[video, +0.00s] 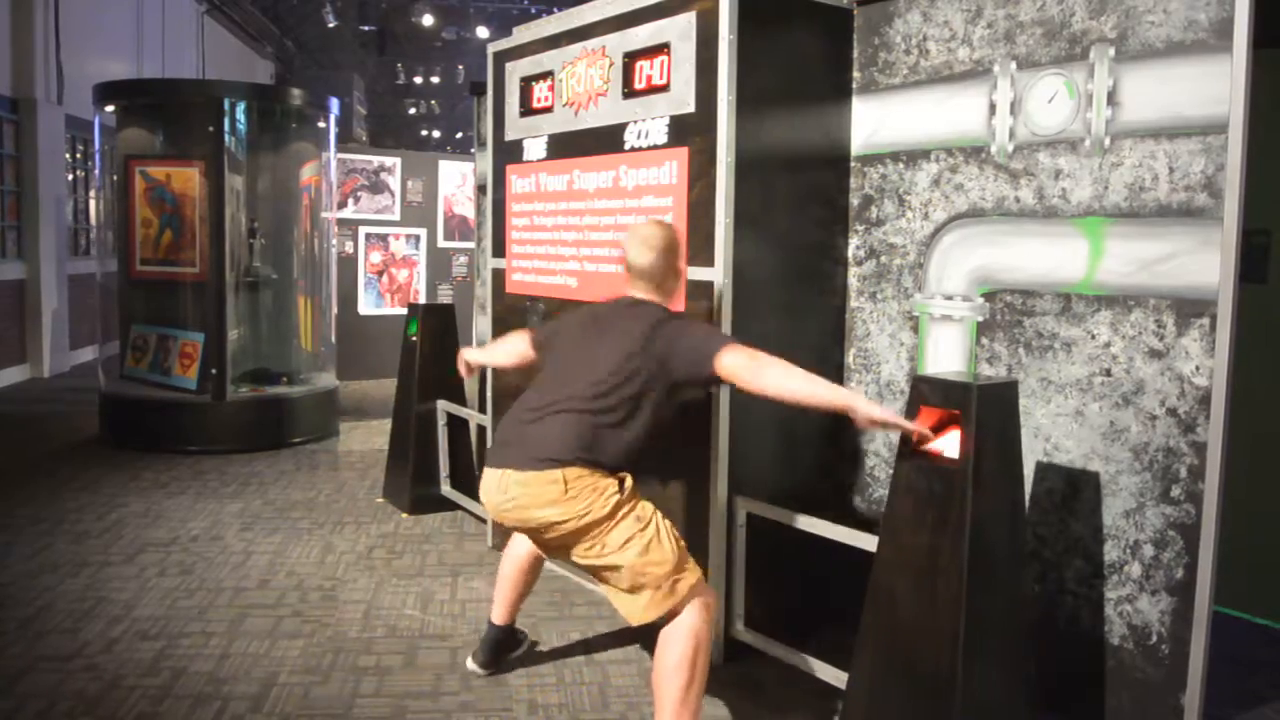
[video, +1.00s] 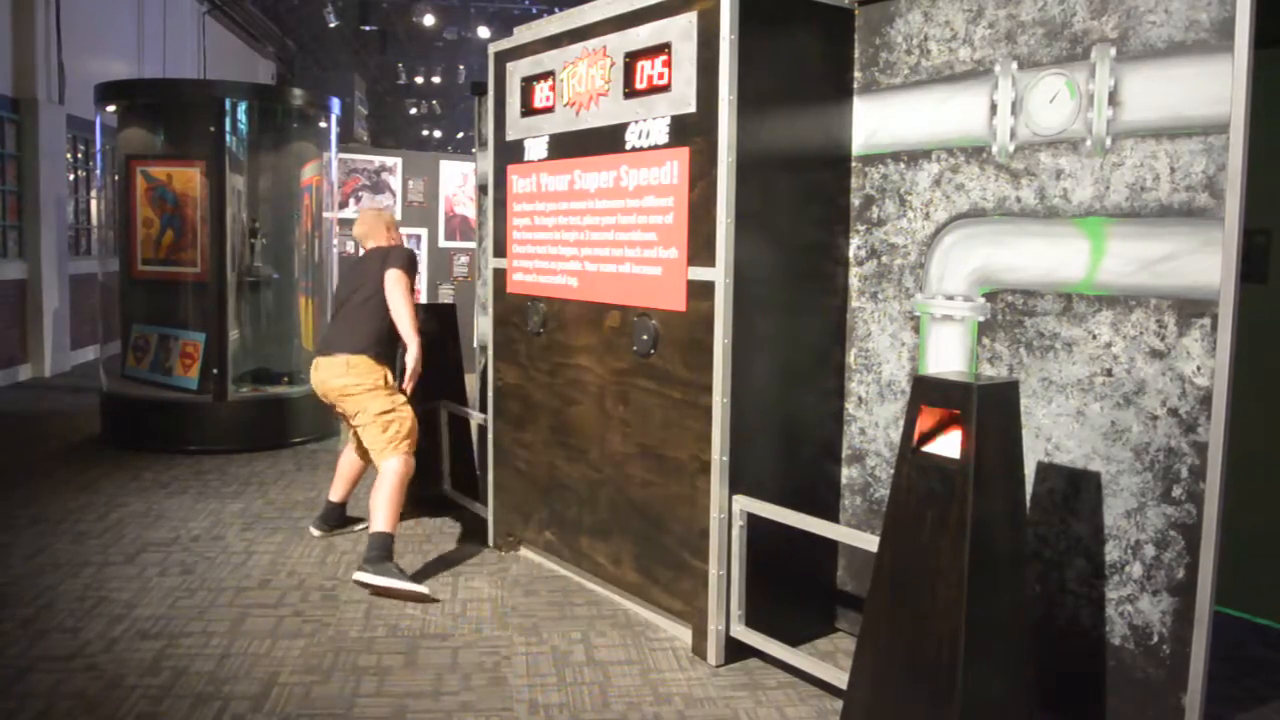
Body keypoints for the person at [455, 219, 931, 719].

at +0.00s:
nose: (681, 267)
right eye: (682, 262)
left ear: (623, 270)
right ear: (680, 272)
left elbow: (515, 348)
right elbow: (752, 369)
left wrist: (475, 356)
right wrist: (854, 403)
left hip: (500, 482)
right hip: (568, 488)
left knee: (537, 527)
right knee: (690, 603)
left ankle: (495, 639)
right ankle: (676, 714)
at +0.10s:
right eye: (601, 231)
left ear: (555, 239)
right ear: (604, 235)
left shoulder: (518, 290)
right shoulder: (607, 282)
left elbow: (468, 302)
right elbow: (649, 328)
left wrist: (446, 309)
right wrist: (736, 353)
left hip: (493, 450)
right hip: (566, 447)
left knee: (512, 524)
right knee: (626, 578)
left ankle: (489, 645)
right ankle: (658, 712)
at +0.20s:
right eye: (549, 200)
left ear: (499, 212)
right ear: (548, 205)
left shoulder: (471, 263)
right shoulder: (553, 245)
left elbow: (437, 276)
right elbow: (562, 286)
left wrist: (438, 273)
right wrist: (633, 311)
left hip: (478, 412)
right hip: (541, 400)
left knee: (506, 526)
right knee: (598, 534)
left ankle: (491, 647)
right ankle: (600, 690)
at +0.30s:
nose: (517, 167)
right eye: (517, 160)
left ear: (471, 176)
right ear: (516, 166)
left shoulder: (456, 230)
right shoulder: (525, 210)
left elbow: (415, 261)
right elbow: (521, 252)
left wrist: (441, 273)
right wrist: (559, 295)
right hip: (503, 369)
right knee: (576, 478)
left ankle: (489, 629)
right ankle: (514, 622)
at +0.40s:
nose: (496, 156)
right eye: (495, 148)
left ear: (447, 158)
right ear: (493, 152)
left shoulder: (434, 207)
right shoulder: (499, 188)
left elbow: (391, 277)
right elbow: (499, 242)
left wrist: (419, 311)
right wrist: (524, 301)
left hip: (422, 352)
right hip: (469, 350)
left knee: (473, 468)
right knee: (543, 449)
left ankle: (461, 592)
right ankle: (456, 572)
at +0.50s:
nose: (470, 169)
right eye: (468, 162)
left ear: (423, 173)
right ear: (466, 166)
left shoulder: (410, 221)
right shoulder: (474, 200)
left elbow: (377, 303)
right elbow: (480, 253)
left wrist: (386, 344)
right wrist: (519, 314)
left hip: (401, 356)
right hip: (445, 356)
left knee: (446, 436)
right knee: (504, 460)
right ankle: (431, 574)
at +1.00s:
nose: (402, 237)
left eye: (399, 231)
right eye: (399, 231)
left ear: (364, 241)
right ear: (390, 233)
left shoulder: (352, 269)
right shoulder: (396, 253)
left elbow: (343, 316)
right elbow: (394, 286)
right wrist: (413, 343)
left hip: (323, 367)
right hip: (359, 366)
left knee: (364, 436)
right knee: (397, 454)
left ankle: (331, 513)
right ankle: (378, 559)